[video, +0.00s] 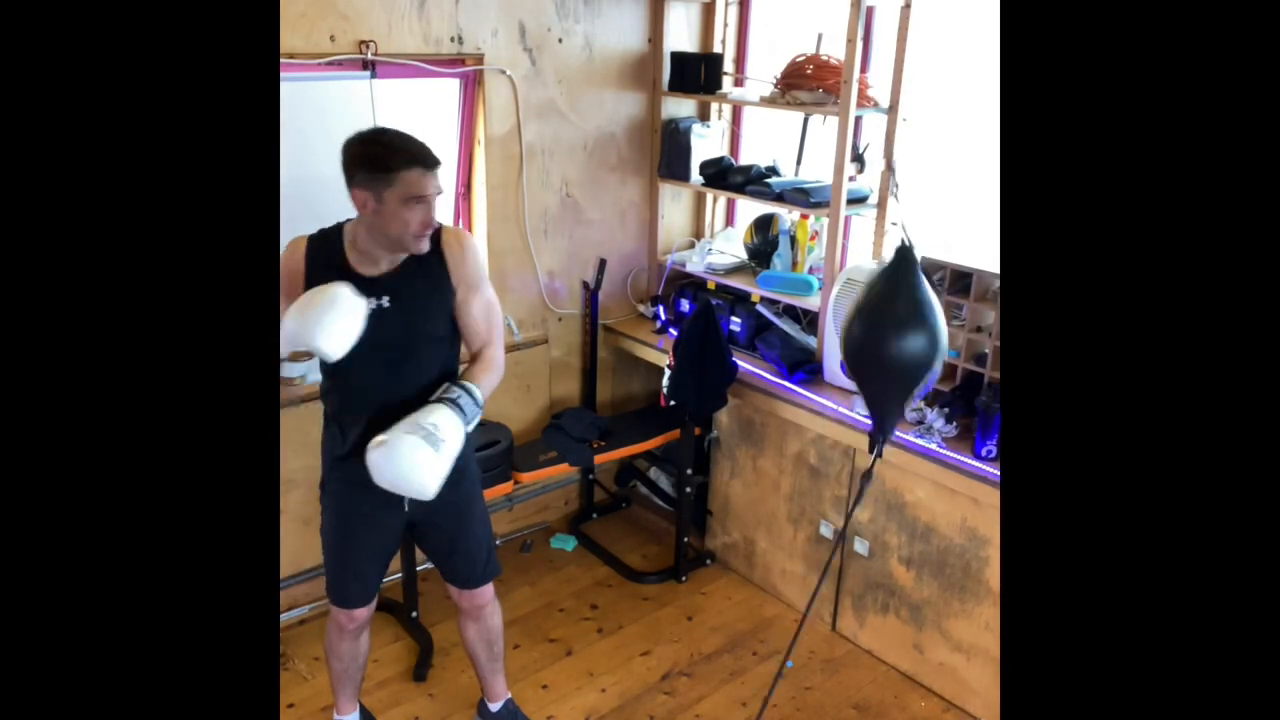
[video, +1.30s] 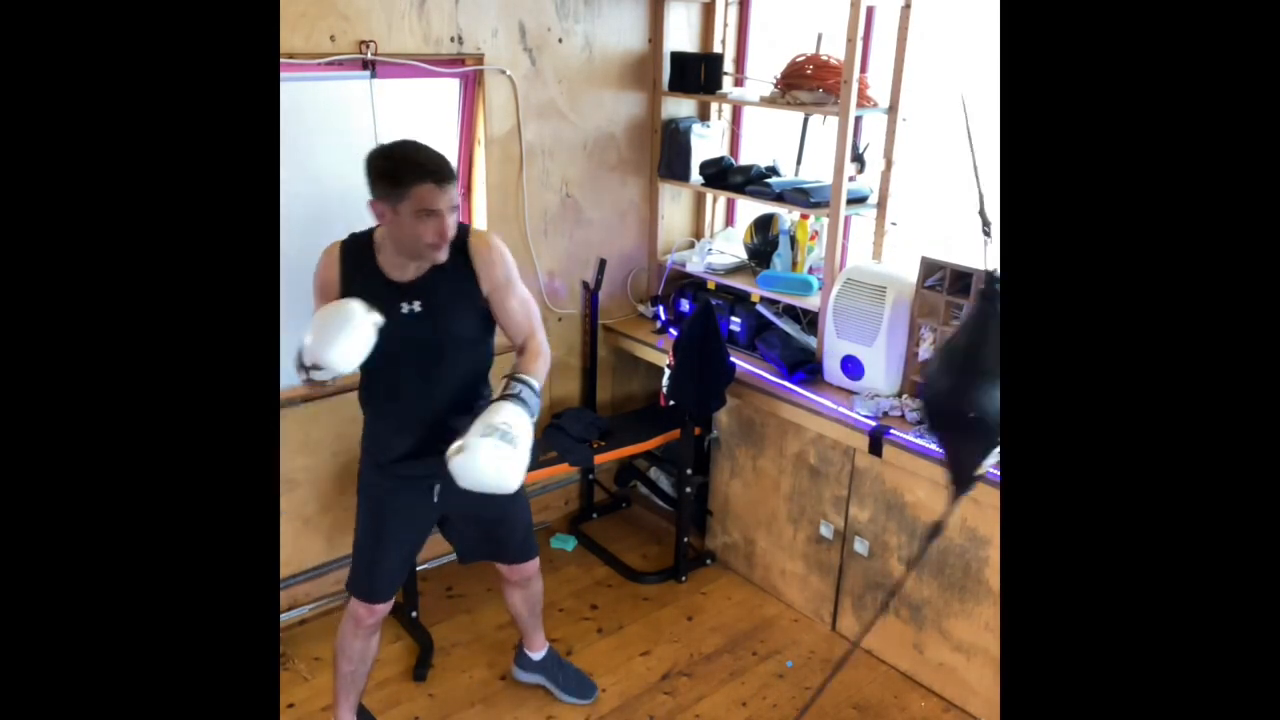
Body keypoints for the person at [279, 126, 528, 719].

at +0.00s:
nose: (432, 217)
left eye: (434, 200)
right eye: (416, 203)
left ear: (439, 194)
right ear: (363, 201)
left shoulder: (455, 251)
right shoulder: (303, 261)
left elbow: (489, 353)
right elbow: (286, 366)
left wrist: (448, 416)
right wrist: (295, 338)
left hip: (444, 451)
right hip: (355, 461)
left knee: (477, 593)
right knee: (350, 613)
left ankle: (497, 703)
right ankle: (347, 713)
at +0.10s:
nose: (467, 213)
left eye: (471, 197)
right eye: (456, 196)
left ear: (413, 193)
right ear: (404, 192)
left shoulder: (452, 256)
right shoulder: (343, 258)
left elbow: (476, 323)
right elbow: (373, 373)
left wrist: (482, 384)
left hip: (444, 460)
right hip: (368, 475)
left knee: (475, 593)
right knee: (354, 621)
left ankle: (496, 703)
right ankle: (344, 713)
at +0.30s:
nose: (491, 210)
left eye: (496, 195)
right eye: (480, 192)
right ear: (430, 185)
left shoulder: (437, 252)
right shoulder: (407, 254)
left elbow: (450, 336)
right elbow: (489, 353)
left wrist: (505, 328)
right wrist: (588, 315)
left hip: (452, 462)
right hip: (390, 476)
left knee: (478, 582)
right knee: (370, 623)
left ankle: (493, 699)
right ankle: (345, 713)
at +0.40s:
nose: (495, 211)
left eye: (501, 195)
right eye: (482, 194)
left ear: (503, 190)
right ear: (436, 185)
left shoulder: (457, 249)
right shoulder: (395, 264)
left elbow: (455, 355)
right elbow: (423, 389)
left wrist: (514, 326)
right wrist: (501, 339)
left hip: (459, 449)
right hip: (401, 464)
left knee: (486, 579)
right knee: (393, 613)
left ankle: (494, 699)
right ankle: (344, 711)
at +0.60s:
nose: (477, 210)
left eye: (483, 192)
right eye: (461, 194)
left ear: (489, 186)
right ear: (415, 189)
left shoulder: (484, 244)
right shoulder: (363, 260)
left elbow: (515, 337)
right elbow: (357, 388)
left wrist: (540, 289)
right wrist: (411, 325)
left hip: (478, 453)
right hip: (403, 466)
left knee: (489, 579)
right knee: (378, 616)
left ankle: (496, 697)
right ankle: (346, 712)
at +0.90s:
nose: (408, 245)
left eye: (419, 227)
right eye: (391, 230)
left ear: (433, 213)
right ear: (354, 216)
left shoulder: (455, 248)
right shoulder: (312, 267)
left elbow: (490, 360)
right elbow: (291, 391)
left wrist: (474, 326)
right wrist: (343, 358)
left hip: (446, 452)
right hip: (361, 464)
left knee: (490, 580)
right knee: (346, 616)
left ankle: (502, 693)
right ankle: (339, 715)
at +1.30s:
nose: (448, 227)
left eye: (453, 210)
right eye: (429, 215)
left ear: (459, 202)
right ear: (382, 213)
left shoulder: (483, 255)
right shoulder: (340, 266)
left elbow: (533, 345)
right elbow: (318, 372)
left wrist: (517, 407)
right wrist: (322, 357)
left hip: (477, 447)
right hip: (394, 459)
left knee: (521, 567)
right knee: (368, 608)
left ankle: (536, 655)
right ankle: (346, 712)